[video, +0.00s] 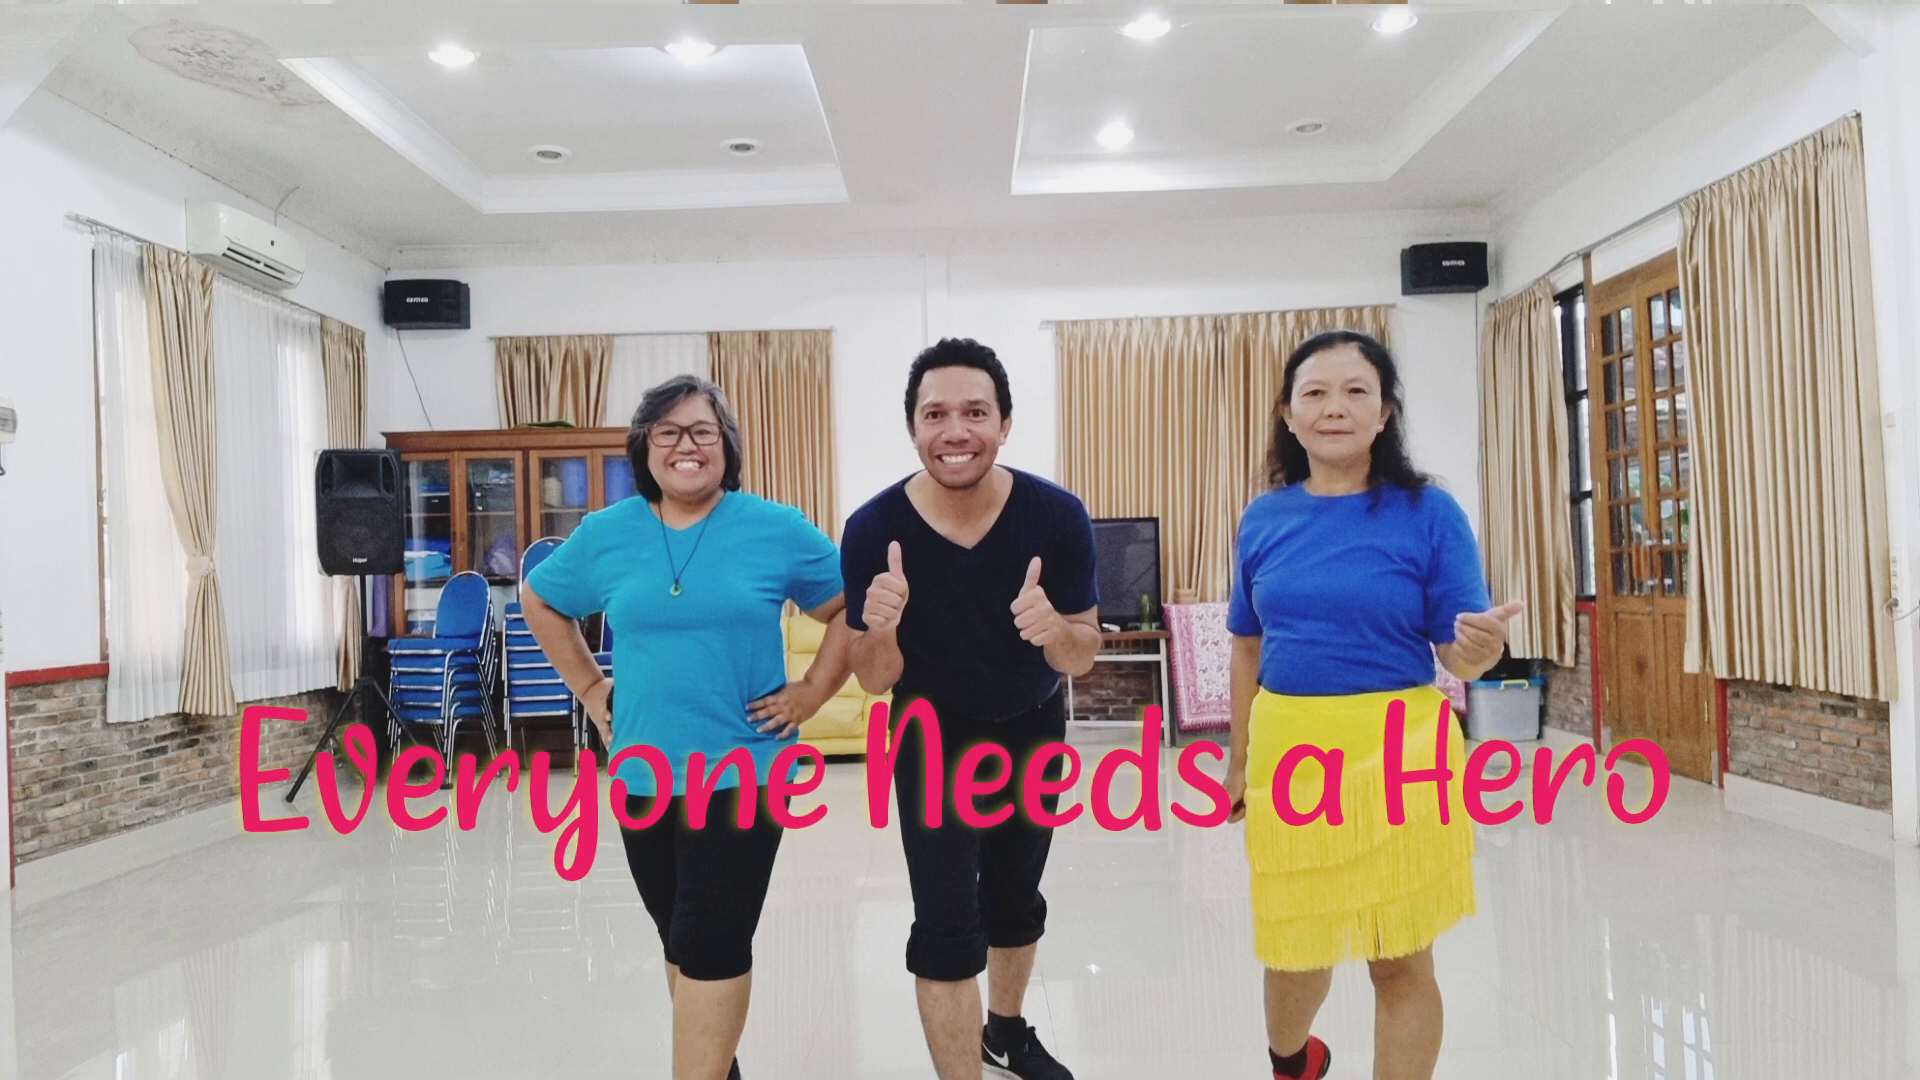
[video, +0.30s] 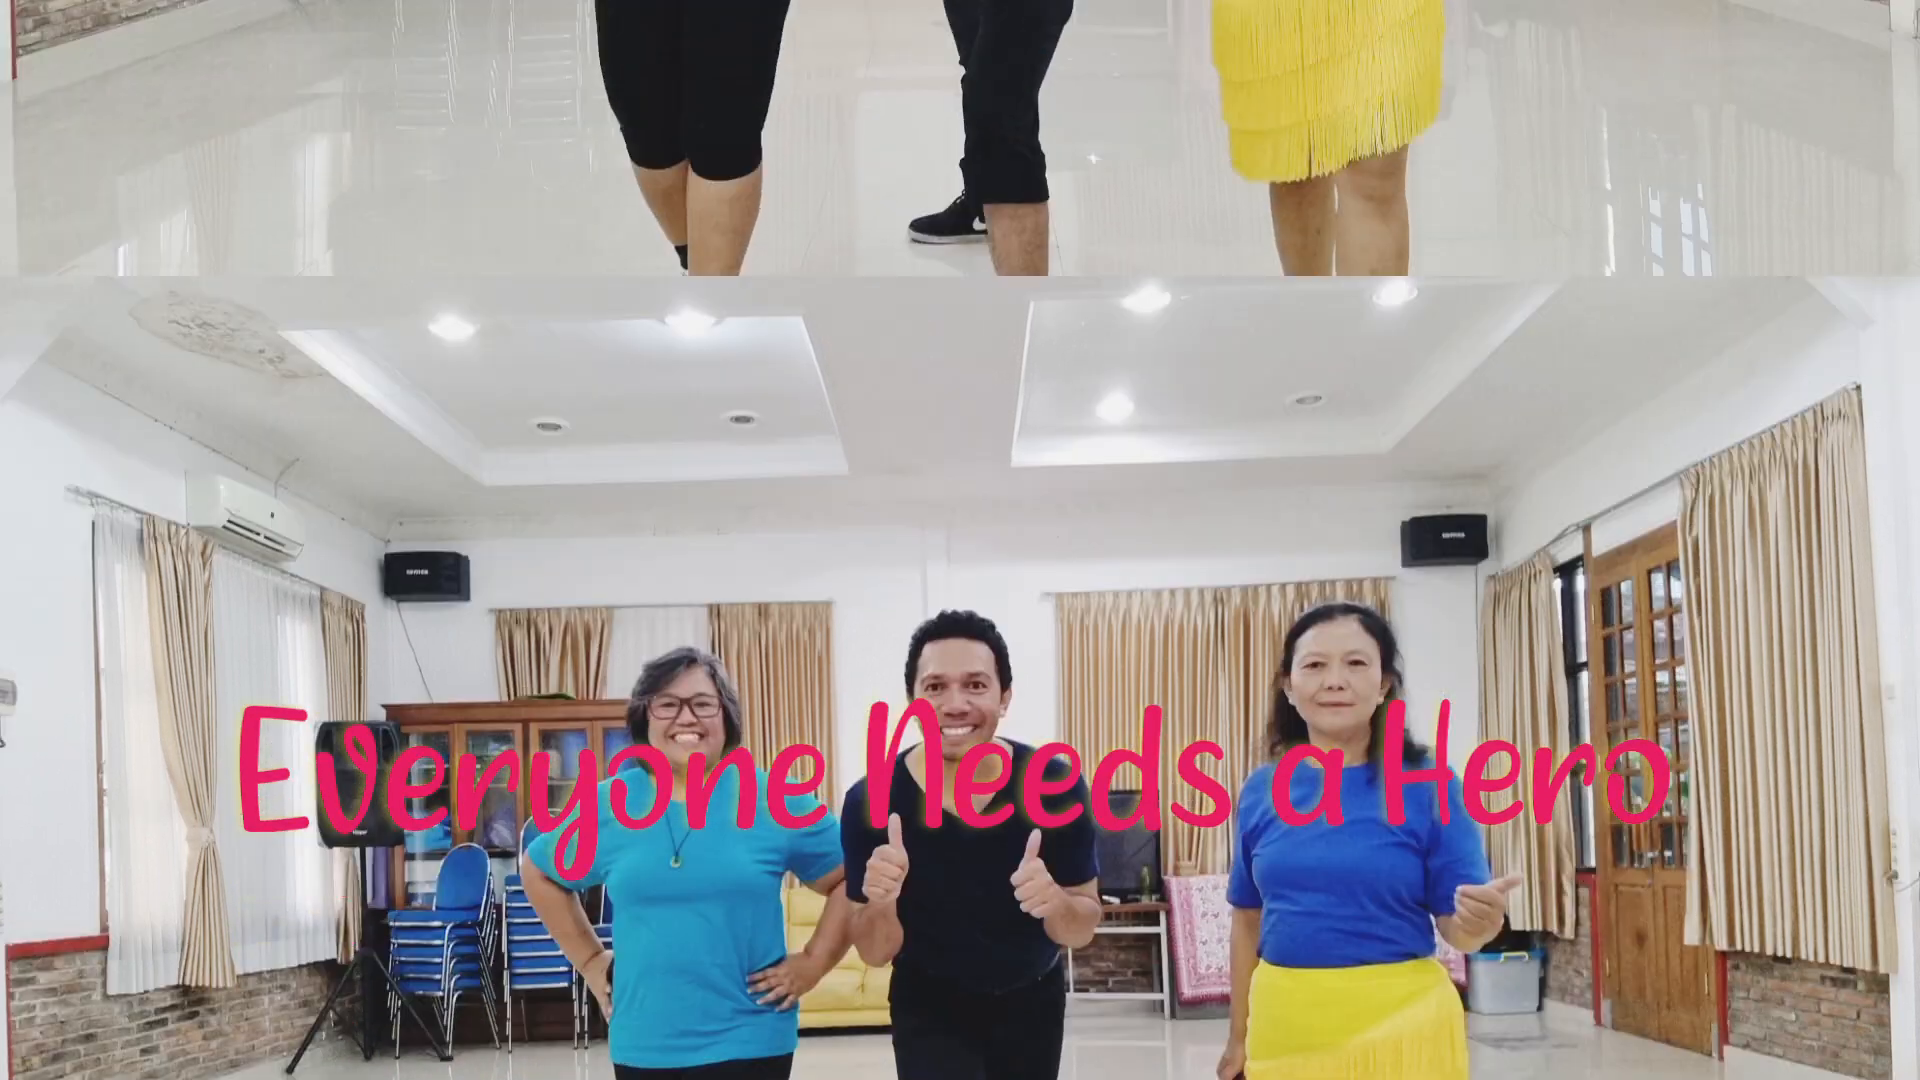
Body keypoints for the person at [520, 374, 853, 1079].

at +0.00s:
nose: (687, 445)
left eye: (703, 432)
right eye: (670, 433)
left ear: (727, 447)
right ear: (645, 450)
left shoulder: (779, 532)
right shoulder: (606, 535)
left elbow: (852, 611)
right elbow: (537, 598)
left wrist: (812, 690)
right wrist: (590, 686)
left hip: (746, 777)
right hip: (643, 779)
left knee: (708, 950)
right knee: (683, 948)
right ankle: (721, 1070)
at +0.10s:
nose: (687, 476)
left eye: (703, 463)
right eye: (670, 464)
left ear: (727, 478)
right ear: (645, 482)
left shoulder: (778, 560)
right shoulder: (607, 564)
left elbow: (853, 642)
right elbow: (538, 630)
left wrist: (811, 721)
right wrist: (592, 718)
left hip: (743, 811)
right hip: (643, 813)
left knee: (706, 982)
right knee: (685, 982)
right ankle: (706, 1076)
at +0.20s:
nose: (688, 556)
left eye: (703, 543)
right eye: (670, 544)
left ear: (727, 557)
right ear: (645, 561)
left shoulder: (778, 642)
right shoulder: (606, 646)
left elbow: (850, 719)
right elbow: (539, 706)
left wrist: (813, 804)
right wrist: (589, 795)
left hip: (745, 890)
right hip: (642, 895)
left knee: (703, 1061)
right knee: (688, 1062)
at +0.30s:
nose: (687, 716)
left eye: (703, 704)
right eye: (669, 704)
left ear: (727, 716)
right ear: (645, 716)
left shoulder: (769, 801)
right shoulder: (614, 803)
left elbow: (853, 875)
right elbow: (539, 869)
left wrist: (815, 960)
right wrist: (592, 961)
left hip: (748, 1044)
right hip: (644, 1046)